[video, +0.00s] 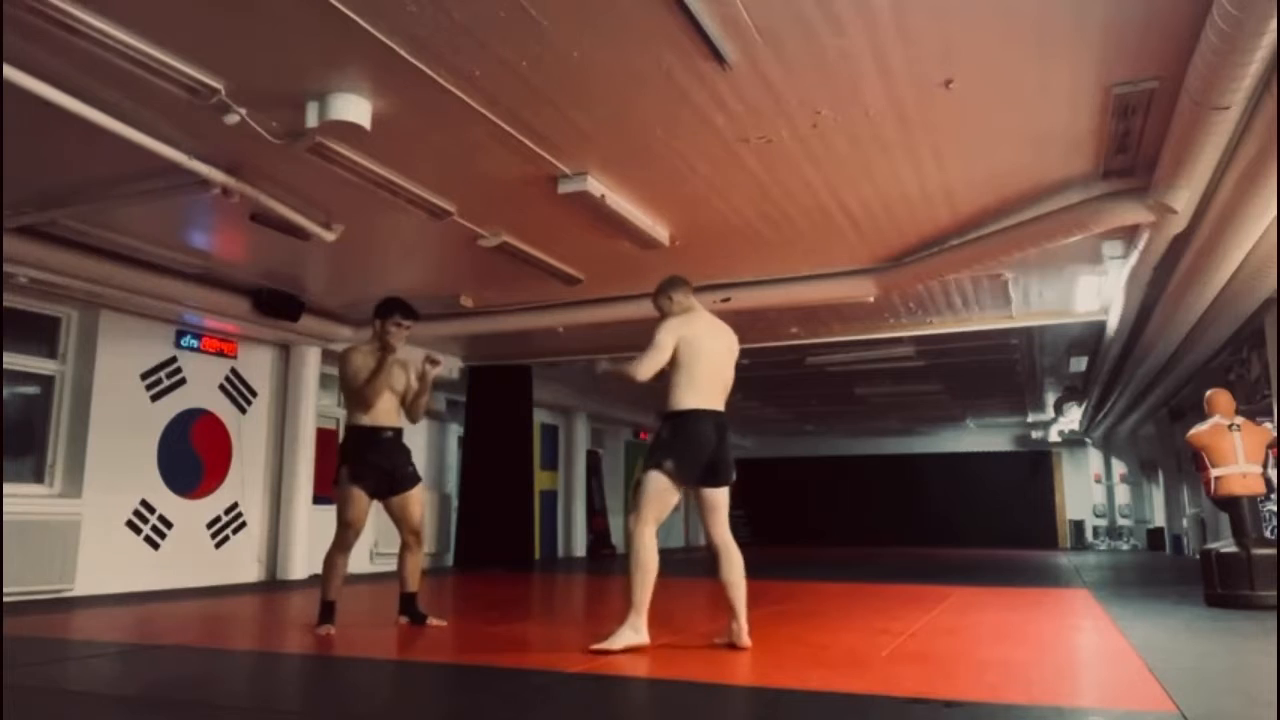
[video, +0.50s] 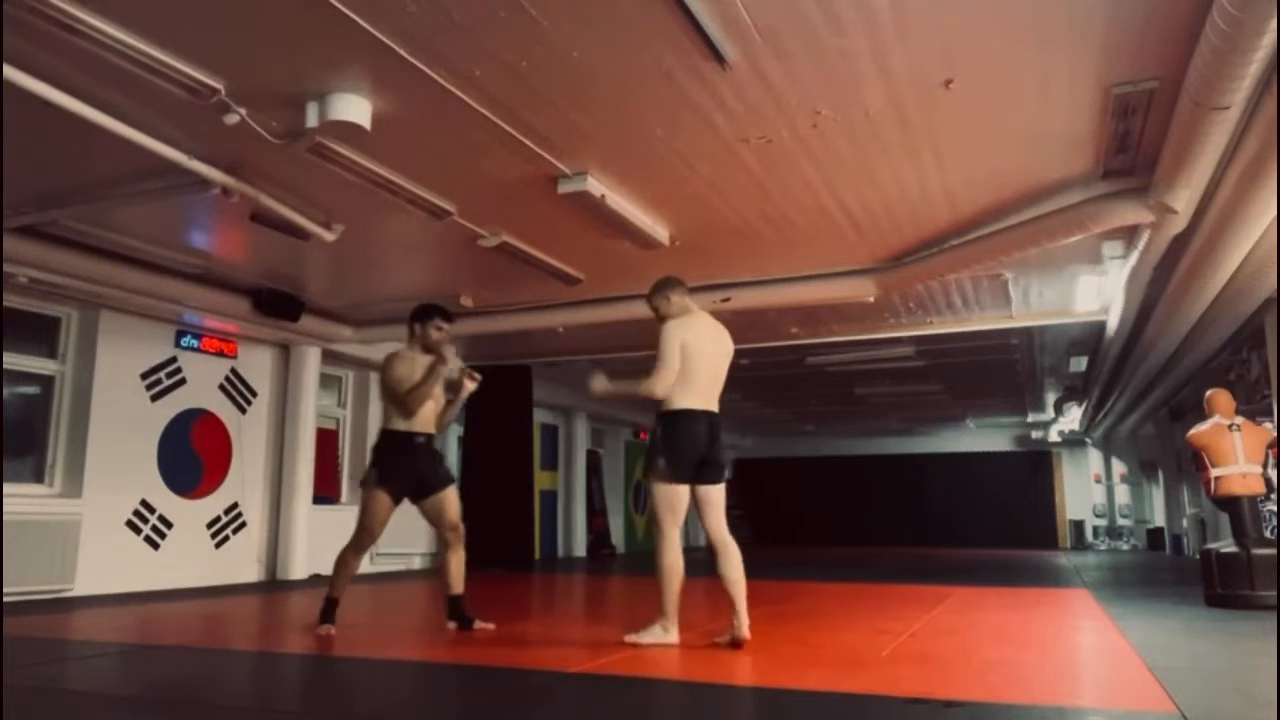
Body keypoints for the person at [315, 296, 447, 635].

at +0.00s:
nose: (401, 333)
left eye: (406, 328)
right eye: (396, 325)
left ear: (409, 332)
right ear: (378, 323)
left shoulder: (405, 365)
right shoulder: (354, 355)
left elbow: (414, 414)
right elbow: (362, 400)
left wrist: (426, 381)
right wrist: (384, 360)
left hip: (394, 446)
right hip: (360, 444)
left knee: (414, 531)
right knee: (348, 531)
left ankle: (410, 607)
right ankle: (327, 614)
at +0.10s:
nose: (400, 331)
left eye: (405, 327)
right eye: (396, 323)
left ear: (408, 330)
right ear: (377, 320)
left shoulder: (403, 364)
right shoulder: (352, 353)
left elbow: (412, 414)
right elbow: (356, 399)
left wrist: (426, 383)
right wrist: (382, 355)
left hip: (392, 445)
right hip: (357, 444)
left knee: (419, 527)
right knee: (346, 530)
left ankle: (412, 603)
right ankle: (326, 613)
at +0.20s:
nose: (404, 330)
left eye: (409, 326)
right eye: (399, 322)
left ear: (411, 328)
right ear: (380, 320)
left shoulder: (405, 366)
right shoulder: (355, 353)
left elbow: (413, 413)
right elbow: (359, 398)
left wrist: (428, 384)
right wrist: (387, 353)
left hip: (395, 445)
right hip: (360, 444)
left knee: (426, 524)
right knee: (346, 530)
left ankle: (422, 602)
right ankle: (326, 615)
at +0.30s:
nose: (412, 331)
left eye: (416, 327)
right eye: (407, 324)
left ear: (417, 331)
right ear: (387, 321)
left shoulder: (411, 369)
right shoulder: (363, 354)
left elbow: (417, 415)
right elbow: (368, 400)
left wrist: (435, 386)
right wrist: (398, 356)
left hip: (401, 449)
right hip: (365, 448)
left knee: (432, 525)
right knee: (346, 534)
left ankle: (439, 604)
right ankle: (327, 614)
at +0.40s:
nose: (425, 335)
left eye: (429, 331)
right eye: (420, 327)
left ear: (429, 334)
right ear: (399, 325)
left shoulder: (420, 368)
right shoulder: (376, 358)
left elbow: (425, 419)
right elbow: (387, 402)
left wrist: (445, 390)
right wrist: (416, 362)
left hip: (409, 453)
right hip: (375, 451)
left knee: (442, 528)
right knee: (351, 536)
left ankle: (452, 605)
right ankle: (326, 614)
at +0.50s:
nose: (443, 336)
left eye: (446, 332)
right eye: (437, 329)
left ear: (445, 335)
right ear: (416, 328)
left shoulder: (439, 368)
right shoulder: (397, 360)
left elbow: (438, 423)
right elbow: (408, 404)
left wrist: (461, 396)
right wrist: (438, 366)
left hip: (426, 455)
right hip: (393, 452)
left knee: (454, 530)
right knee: (365, 536)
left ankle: (457, 609)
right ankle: (329, 610)